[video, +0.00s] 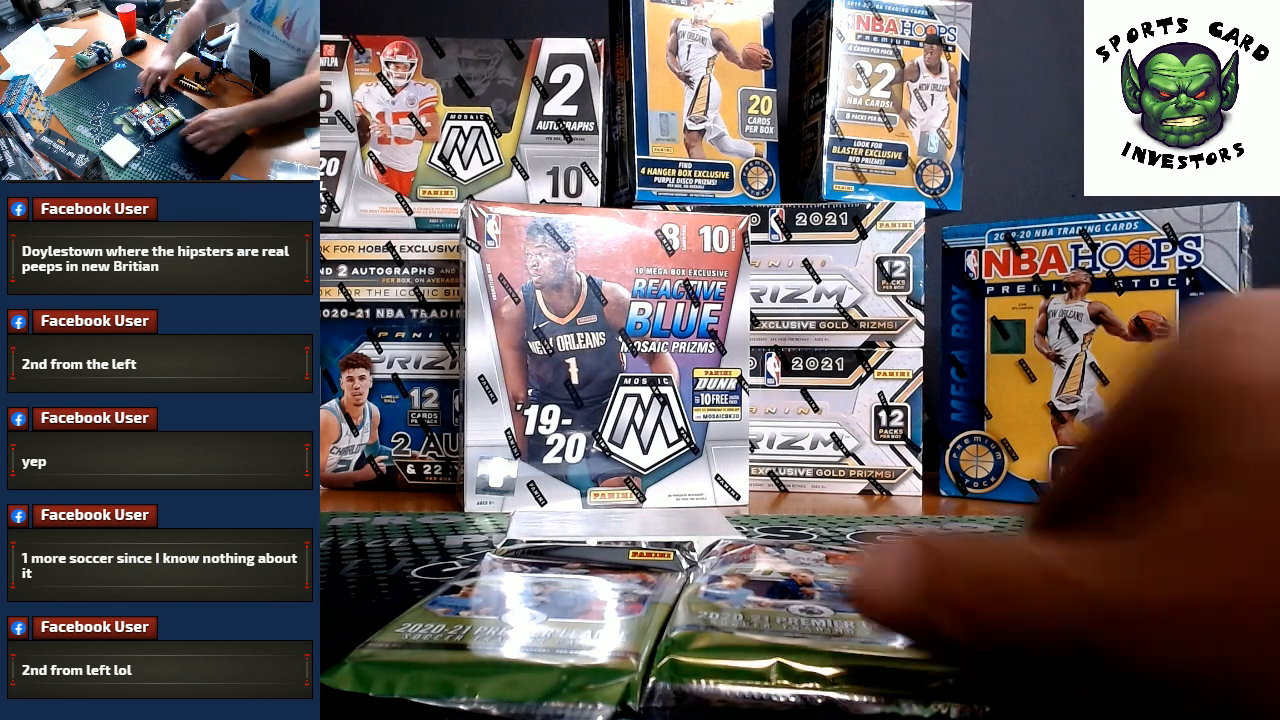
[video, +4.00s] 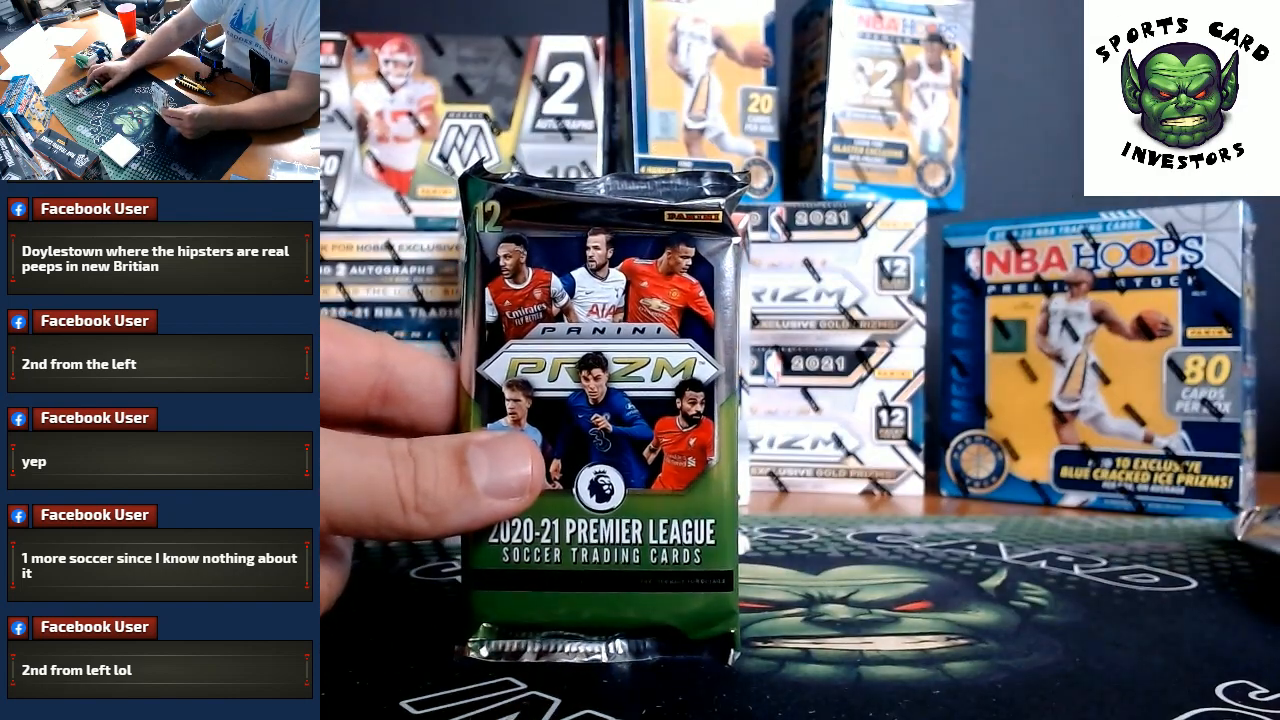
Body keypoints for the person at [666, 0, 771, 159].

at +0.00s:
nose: (697, 9)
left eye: (703, 6)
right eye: (695, 6)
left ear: (711, 12)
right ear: (692, 8)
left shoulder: (715, 34)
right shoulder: (678, 24)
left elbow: (740, 59)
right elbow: (670, 53)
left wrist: (764, 62)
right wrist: (678, 72)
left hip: (705, 87)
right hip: (692, 88)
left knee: (692, 141)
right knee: (725, 145)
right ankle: (766, 157)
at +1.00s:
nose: (697, 9)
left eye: (702, 6)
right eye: (695, 5)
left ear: (711, 11)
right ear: (691, 8)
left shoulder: (715, 34)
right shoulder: (678, 24)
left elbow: (739, 59)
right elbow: (670, 54)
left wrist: (764, 62)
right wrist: (678, 72)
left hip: (705, 87)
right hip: (692, 88)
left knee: (692, 141)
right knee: (725, 145)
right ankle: (765, 157)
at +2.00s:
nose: (697, 9)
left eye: (702, 6)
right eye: (695, 6)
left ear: (711, 11)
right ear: (691, 8)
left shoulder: (715, 34)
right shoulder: (678, 24)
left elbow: (739, 59)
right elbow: (670, 54)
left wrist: (764, 62)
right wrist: (678, 72)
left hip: (705, 87)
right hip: (692, 88)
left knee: (692, 141)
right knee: (725, 145)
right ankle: (764, 157)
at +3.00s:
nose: (693, 11)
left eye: (696, 7)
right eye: (688, 6)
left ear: (702, 8)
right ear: (683, 7)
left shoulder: (712, 30)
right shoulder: (679, 24)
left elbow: (734, 54)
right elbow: (671, 51)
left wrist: (757, 58)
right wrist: (678, 69)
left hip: (707, 85)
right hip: (692, 85)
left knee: (692, 138)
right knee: (723, 142)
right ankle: (757, 152)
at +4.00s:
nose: (695, 11)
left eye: (698, 8)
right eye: (690, 7)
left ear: (704, 8)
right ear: (685, 7)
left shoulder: (712, 31)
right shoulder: (679, 25)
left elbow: (734, 54)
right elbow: (671, 53)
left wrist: (756, 59)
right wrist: (678, 70)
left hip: (706, 84)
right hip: (691, 85)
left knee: (692, 139)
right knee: (724, 142)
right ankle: (756, 152)